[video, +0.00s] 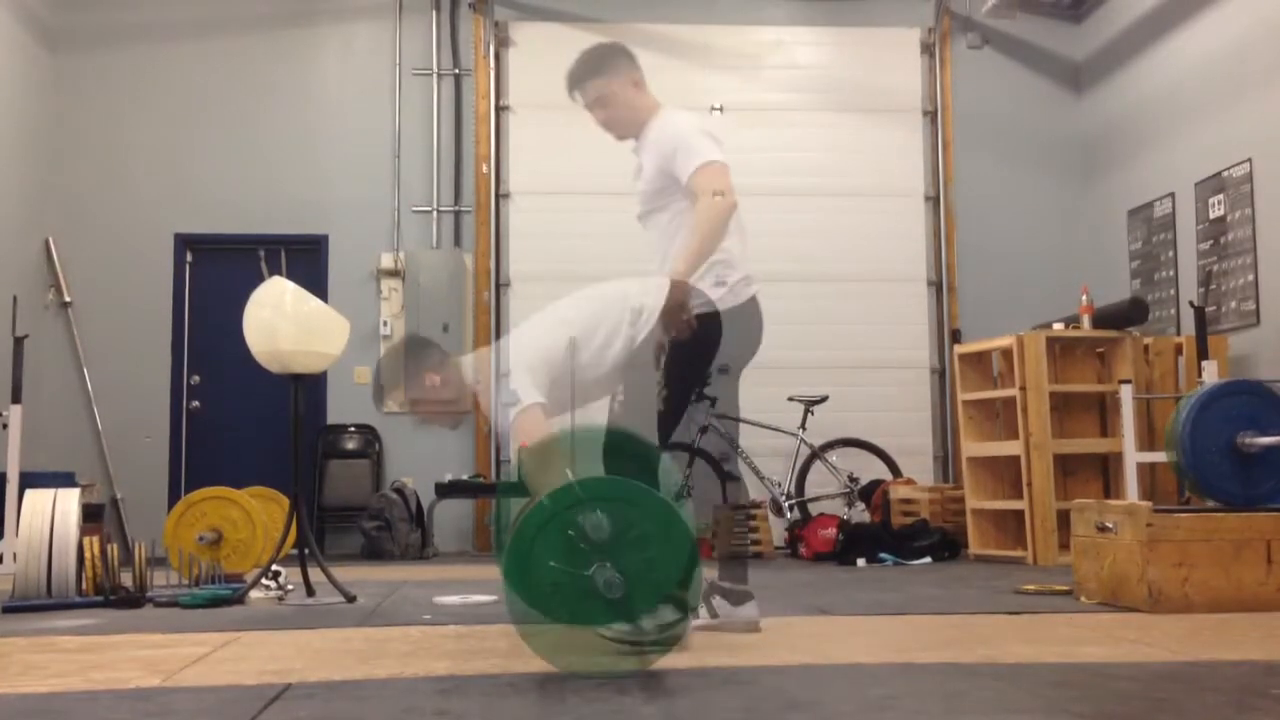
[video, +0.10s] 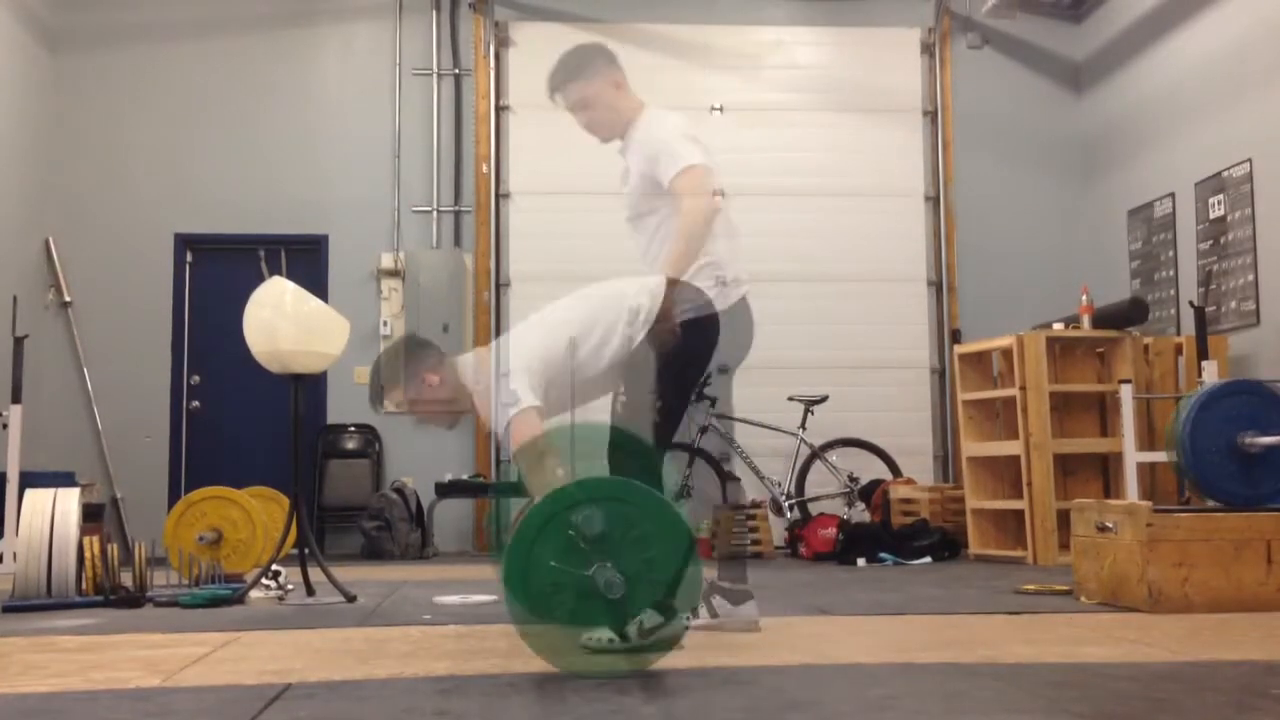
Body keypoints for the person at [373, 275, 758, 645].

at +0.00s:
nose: (426, 420)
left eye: (418, 408)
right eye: (415, 416)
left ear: (434, 376)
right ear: (435, 374)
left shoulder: (510, 377)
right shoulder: (499, 376)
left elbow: (551, 488)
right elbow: (548, 484)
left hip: (694, 319)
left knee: (689, 466)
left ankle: (729, 595)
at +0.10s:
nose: (420, 421)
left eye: (413, 409)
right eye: (410, 414)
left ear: (431, 380)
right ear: (432, 376)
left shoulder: (505, 381)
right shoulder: (491, 379)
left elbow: (550, 489)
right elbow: (545, 485)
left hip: (680, 318)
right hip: (656, 324)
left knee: (640, 471)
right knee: (628, 468)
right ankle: (641, 603)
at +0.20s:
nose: (417, 422)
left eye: (407, 411)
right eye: (406, 416)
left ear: (427, 379)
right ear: (430, 375)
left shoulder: (493, 381)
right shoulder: (485, 379)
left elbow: (538, 458)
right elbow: (532, 461)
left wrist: (570, 549)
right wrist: (566, 547)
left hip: (674, 317)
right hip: (655, 321)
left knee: (640, 466)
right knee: (632, 464)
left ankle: (653, 588)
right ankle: (644, 585)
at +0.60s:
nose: (403, 384)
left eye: (401, 368)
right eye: (397, 372)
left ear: (432, 354)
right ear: (433, 356)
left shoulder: (500, 373)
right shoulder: (494, 376)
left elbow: (547, 451)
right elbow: (538, 456)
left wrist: (587, 538)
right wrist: (550, 511)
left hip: (687, 333)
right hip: (677, 334)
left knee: (611, 452)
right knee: (608, 451)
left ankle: (617, 583)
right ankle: (612, 583)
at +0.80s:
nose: (410, 360)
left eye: (411, 345)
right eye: (406, 348)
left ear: (443, 338)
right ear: (442, 340)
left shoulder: (506, 368)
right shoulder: (498, 371)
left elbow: (552, 451)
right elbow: (544, 457)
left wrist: (585, 537)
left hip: (695, 366)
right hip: (685, 367)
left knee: (583, 466)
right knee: (589, 469)